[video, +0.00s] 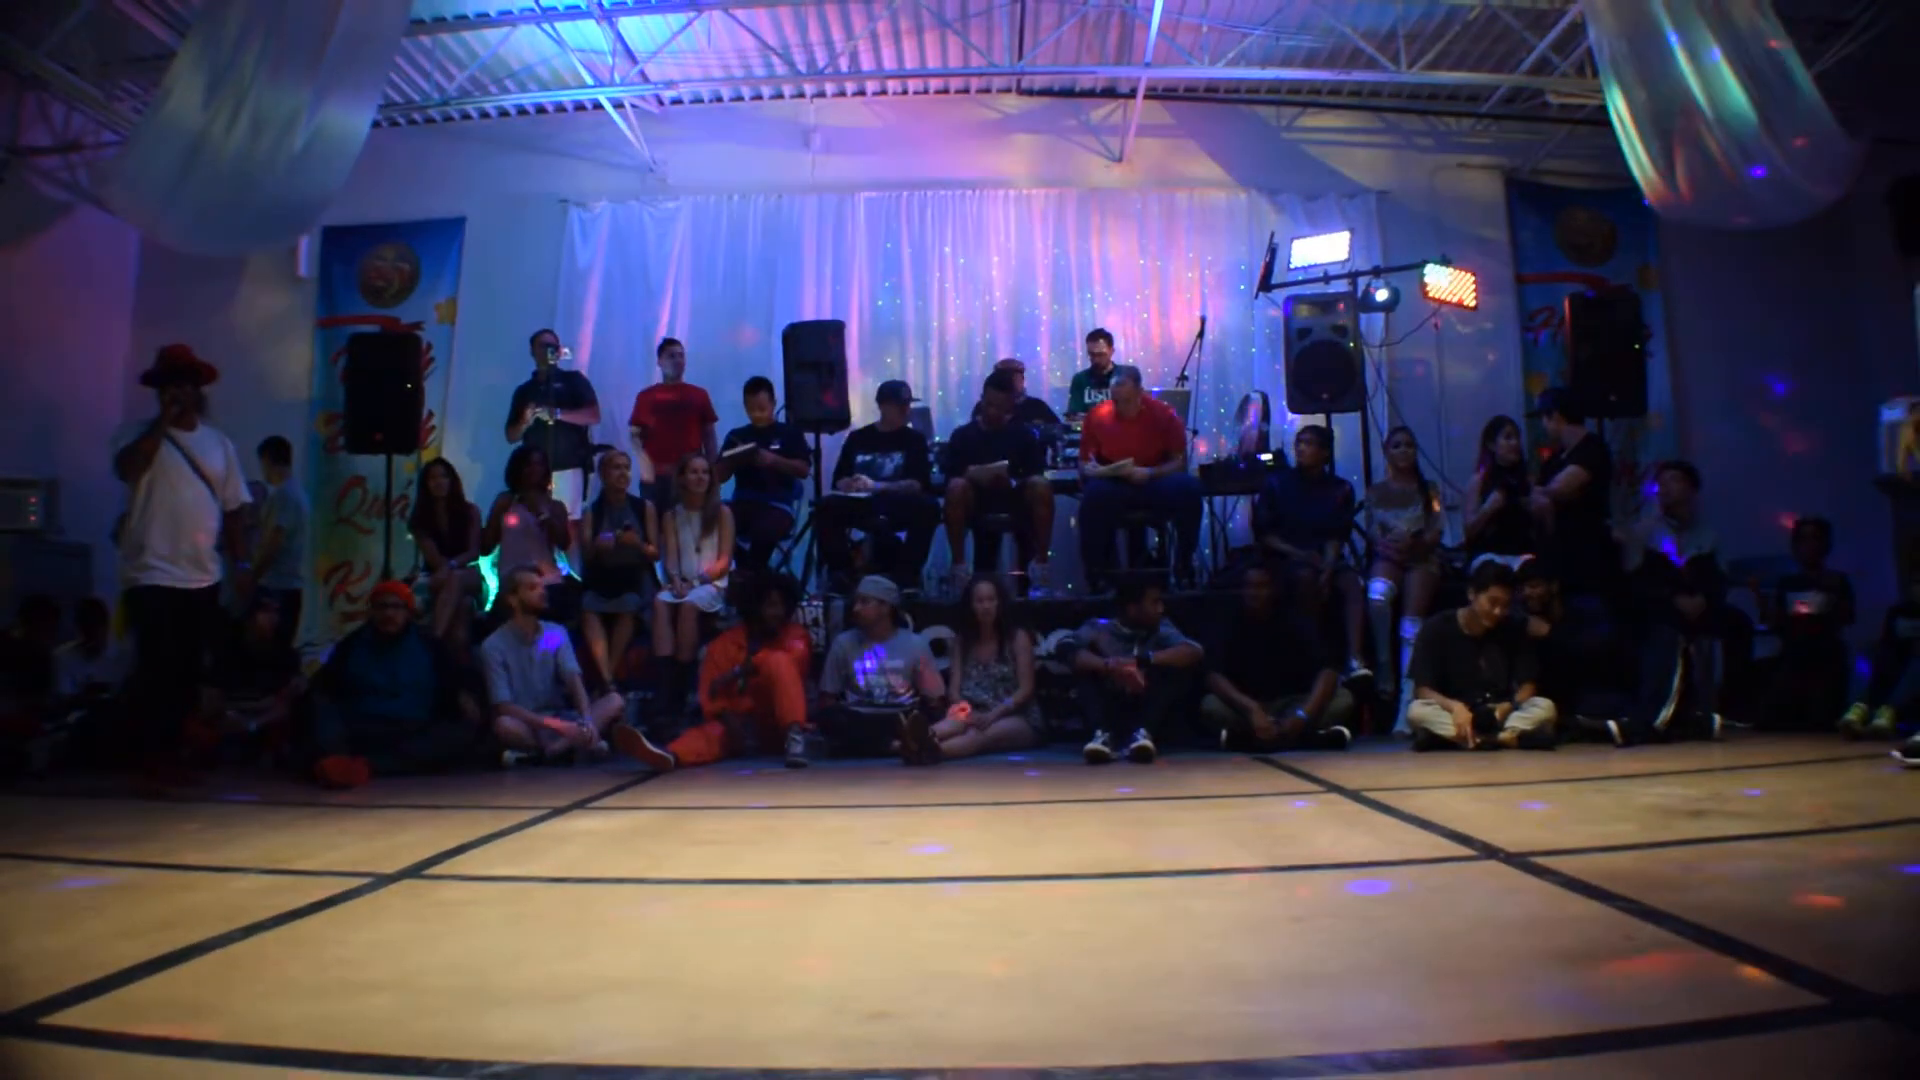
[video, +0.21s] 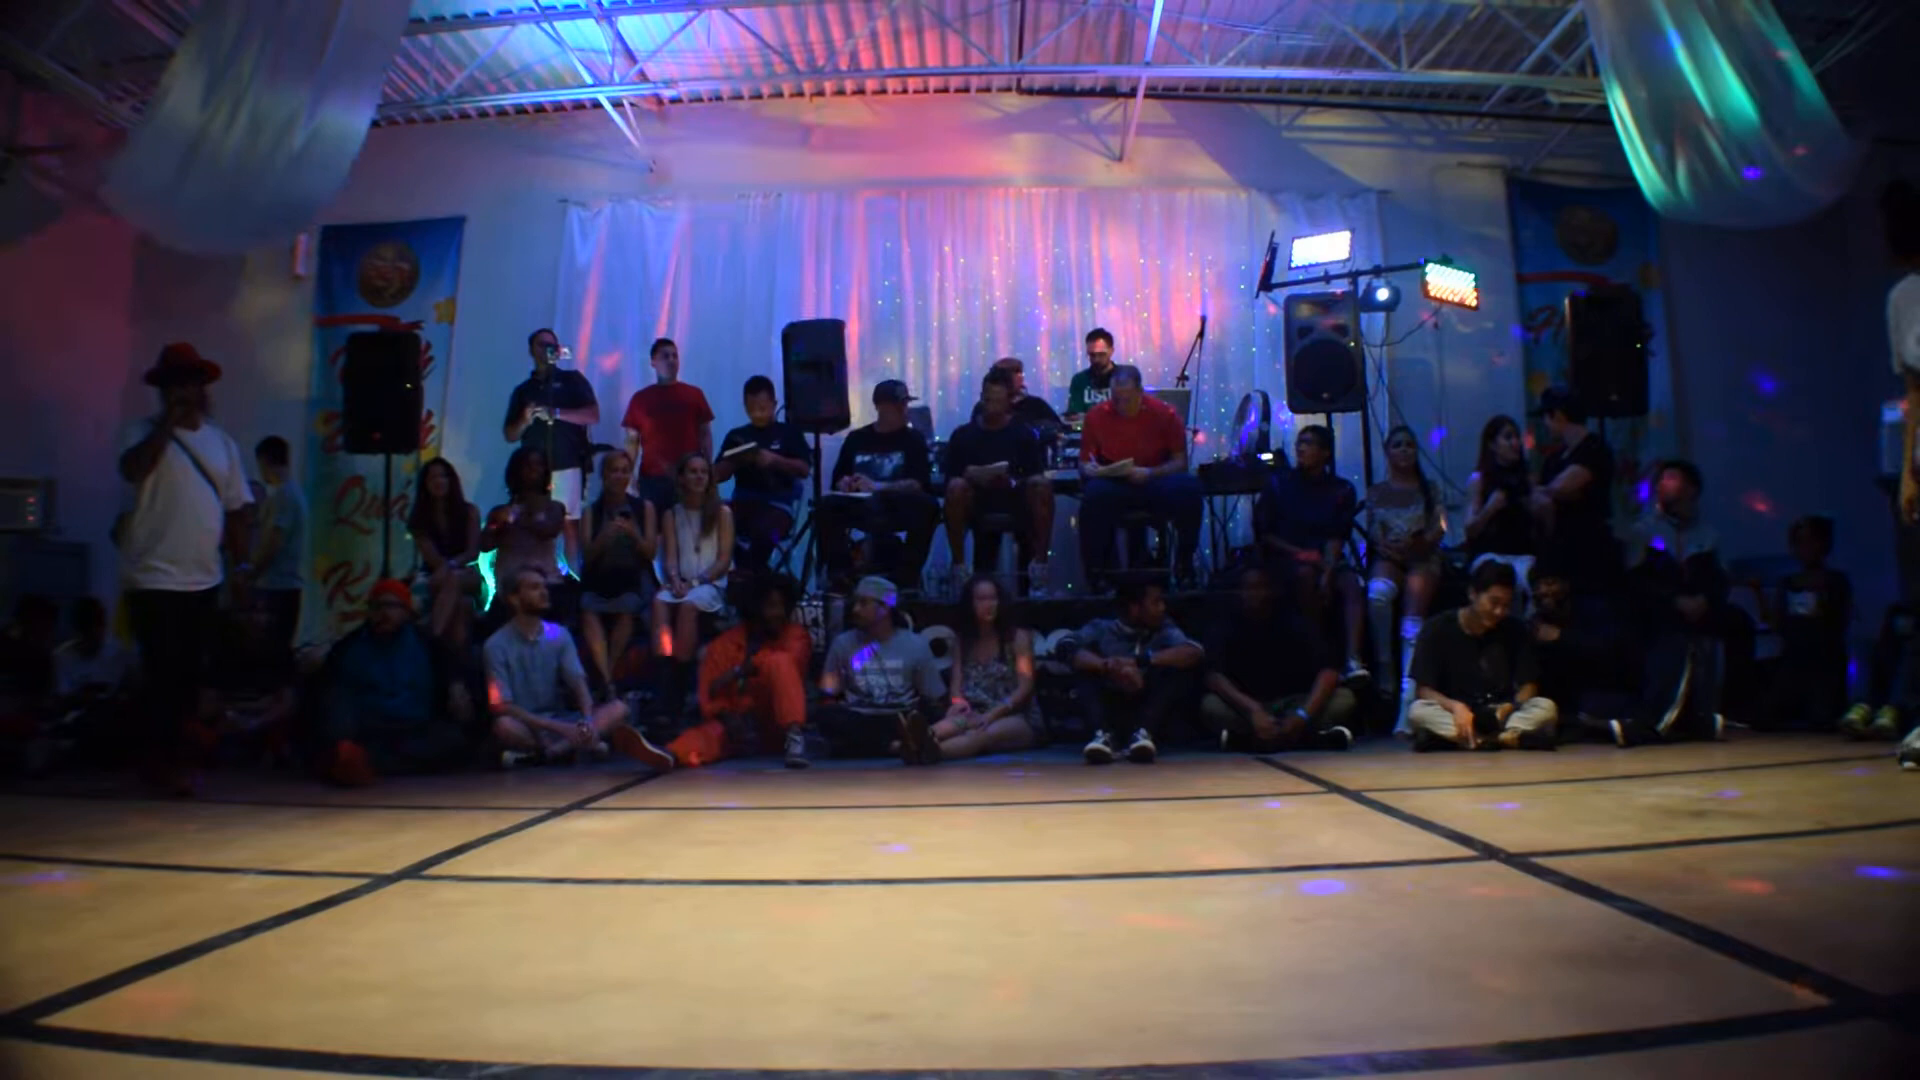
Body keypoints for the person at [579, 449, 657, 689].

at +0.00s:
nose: (622, 473)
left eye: (626, 468)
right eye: (615, 468)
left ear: (631, 473)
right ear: (603, 474)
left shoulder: (645, 507)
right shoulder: (591, 511)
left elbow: (655, 551)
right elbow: (586, 553)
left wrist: (636, 544)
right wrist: (600, 546)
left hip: (633, 572)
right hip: (601, 573)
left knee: (627, 608)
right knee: (589, 610)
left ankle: (608, 676)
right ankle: (606, 678)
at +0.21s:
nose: (620, 476)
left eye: (625, 471)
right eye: (614, 471)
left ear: (631, 475)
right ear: (603, 476)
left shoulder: (644, 507)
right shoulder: (591, 510)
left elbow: (649, 550)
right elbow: (587, 553)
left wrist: (632, 532)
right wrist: (607, 534)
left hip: (631, 573)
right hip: (599, 574)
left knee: (625, 610)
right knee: (589, 610)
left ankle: (607, 674)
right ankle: (605, 679)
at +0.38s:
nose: (619, 477)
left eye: (625, 472)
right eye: (613, 471)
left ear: (631, 476)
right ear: (604, 475)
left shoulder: (644, 507)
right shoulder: (591, 511)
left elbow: (648, 550)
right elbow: (587, 554)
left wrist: (631, 532)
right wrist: (606, 534)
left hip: (631, 577)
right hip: (599, 577)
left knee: (624, 611)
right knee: (588, 612)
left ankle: (608, 675)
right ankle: (605, 681)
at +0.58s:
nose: (613, 474)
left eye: (620, 469)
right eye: (609, 469)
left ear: (631, 476)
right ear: (603, 475)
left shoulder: (645, 508)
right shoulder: (591, 511)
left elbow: (649, 550)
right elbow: (586, 554)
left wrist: (632, 534)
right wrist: (605, 535)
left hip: (631, 573)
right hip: (599, 573)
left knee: (627, 610)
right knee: (589, 610)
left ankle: (608, 673)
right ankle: (605, 677)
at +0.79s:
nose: (612, 472)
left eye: (619, 468)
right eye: (608, 467)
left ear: (632, 475)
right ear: (603, 473)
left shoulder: (646, 508)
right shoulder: (592, 510)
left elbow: (648, 550)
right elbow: (587, 553)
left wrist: (631, 533)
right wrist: (605, 534)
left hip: (632, 573)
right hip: (599, 573)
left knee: (626, 610)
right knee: (588, 610)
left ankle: (606, 675)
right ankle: (606, 679)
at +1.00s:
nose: (612, 472)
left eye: (619, 467)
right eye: (609, 467)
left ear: (632, 475)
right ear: (604, 473)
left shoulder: (646, 508)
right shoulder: (592, 510)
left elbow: (648, 551)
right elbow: (587, 553)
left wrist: (631, 533)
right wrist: (606, 533)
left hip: (631, 574)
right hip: (600, 574)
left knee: (626, 608)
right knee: (588, 607)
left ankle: (610, 671)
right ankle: (602, 672)